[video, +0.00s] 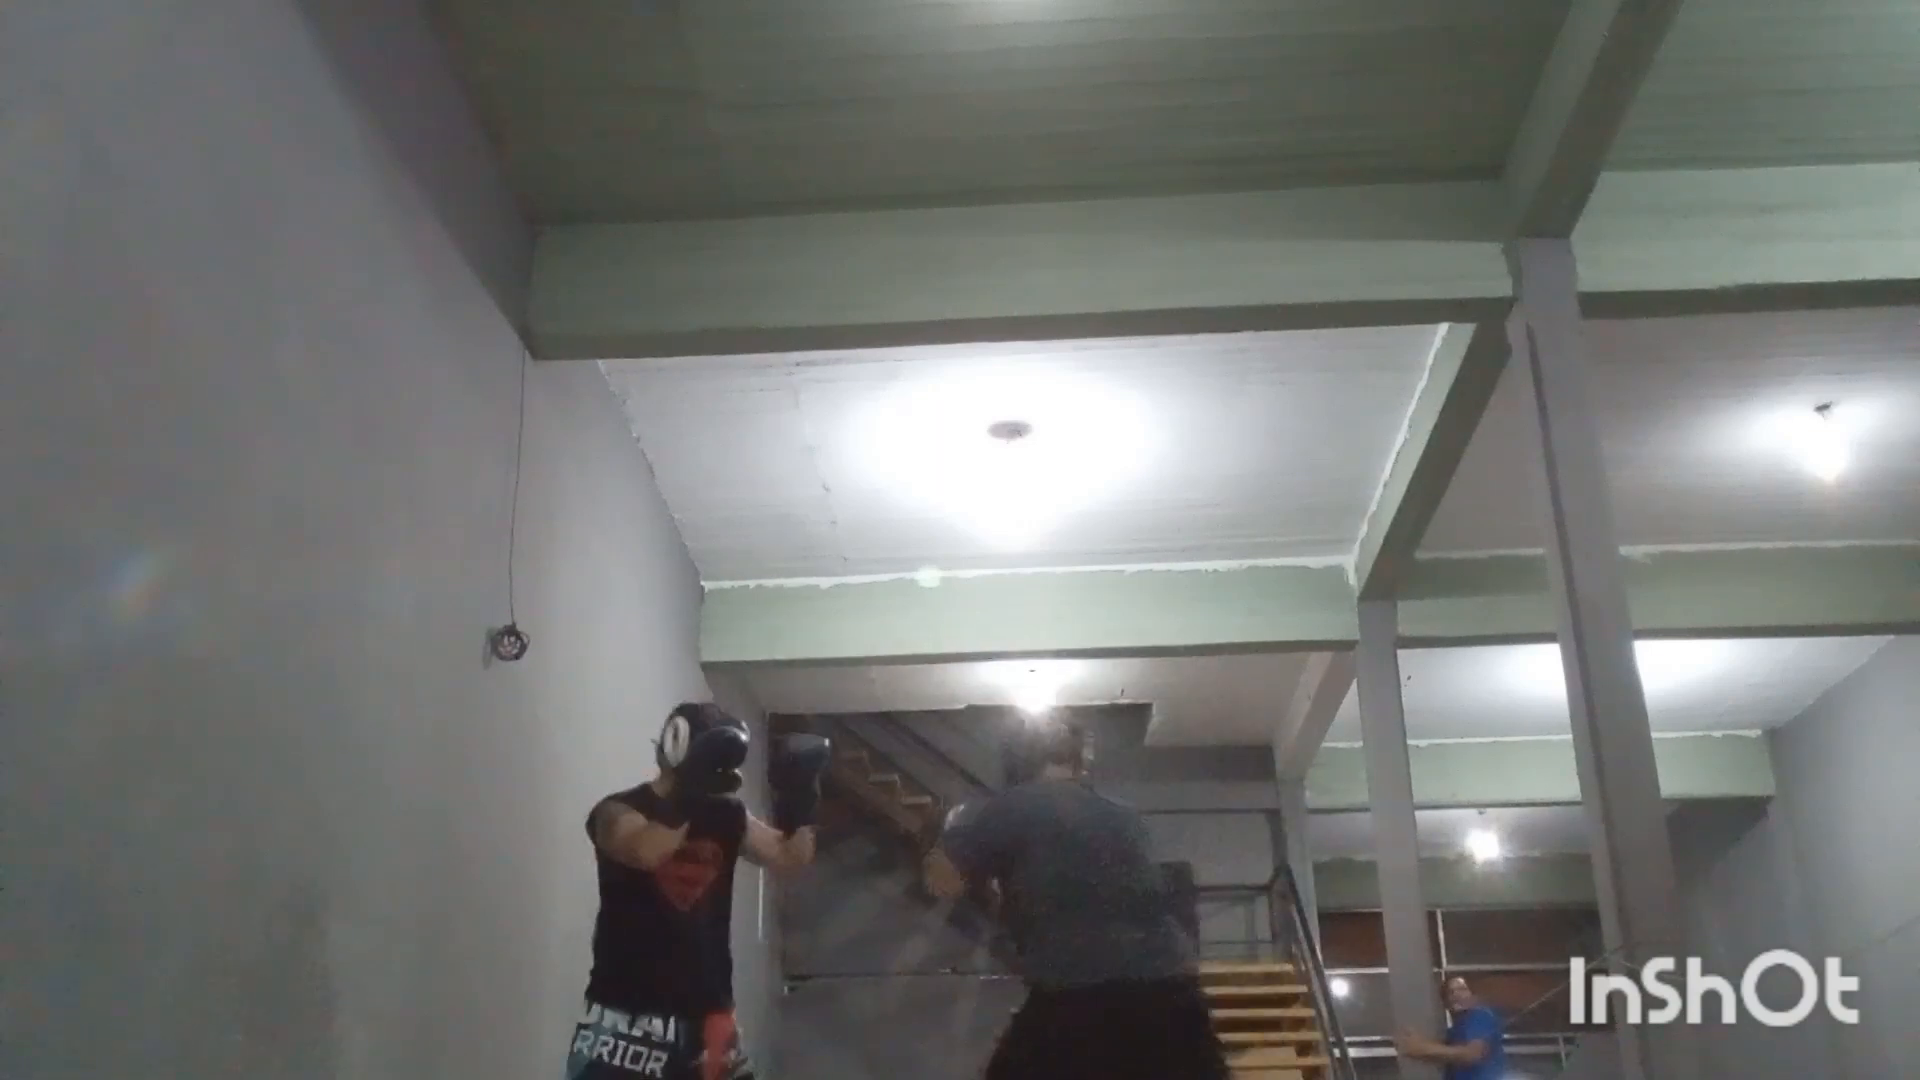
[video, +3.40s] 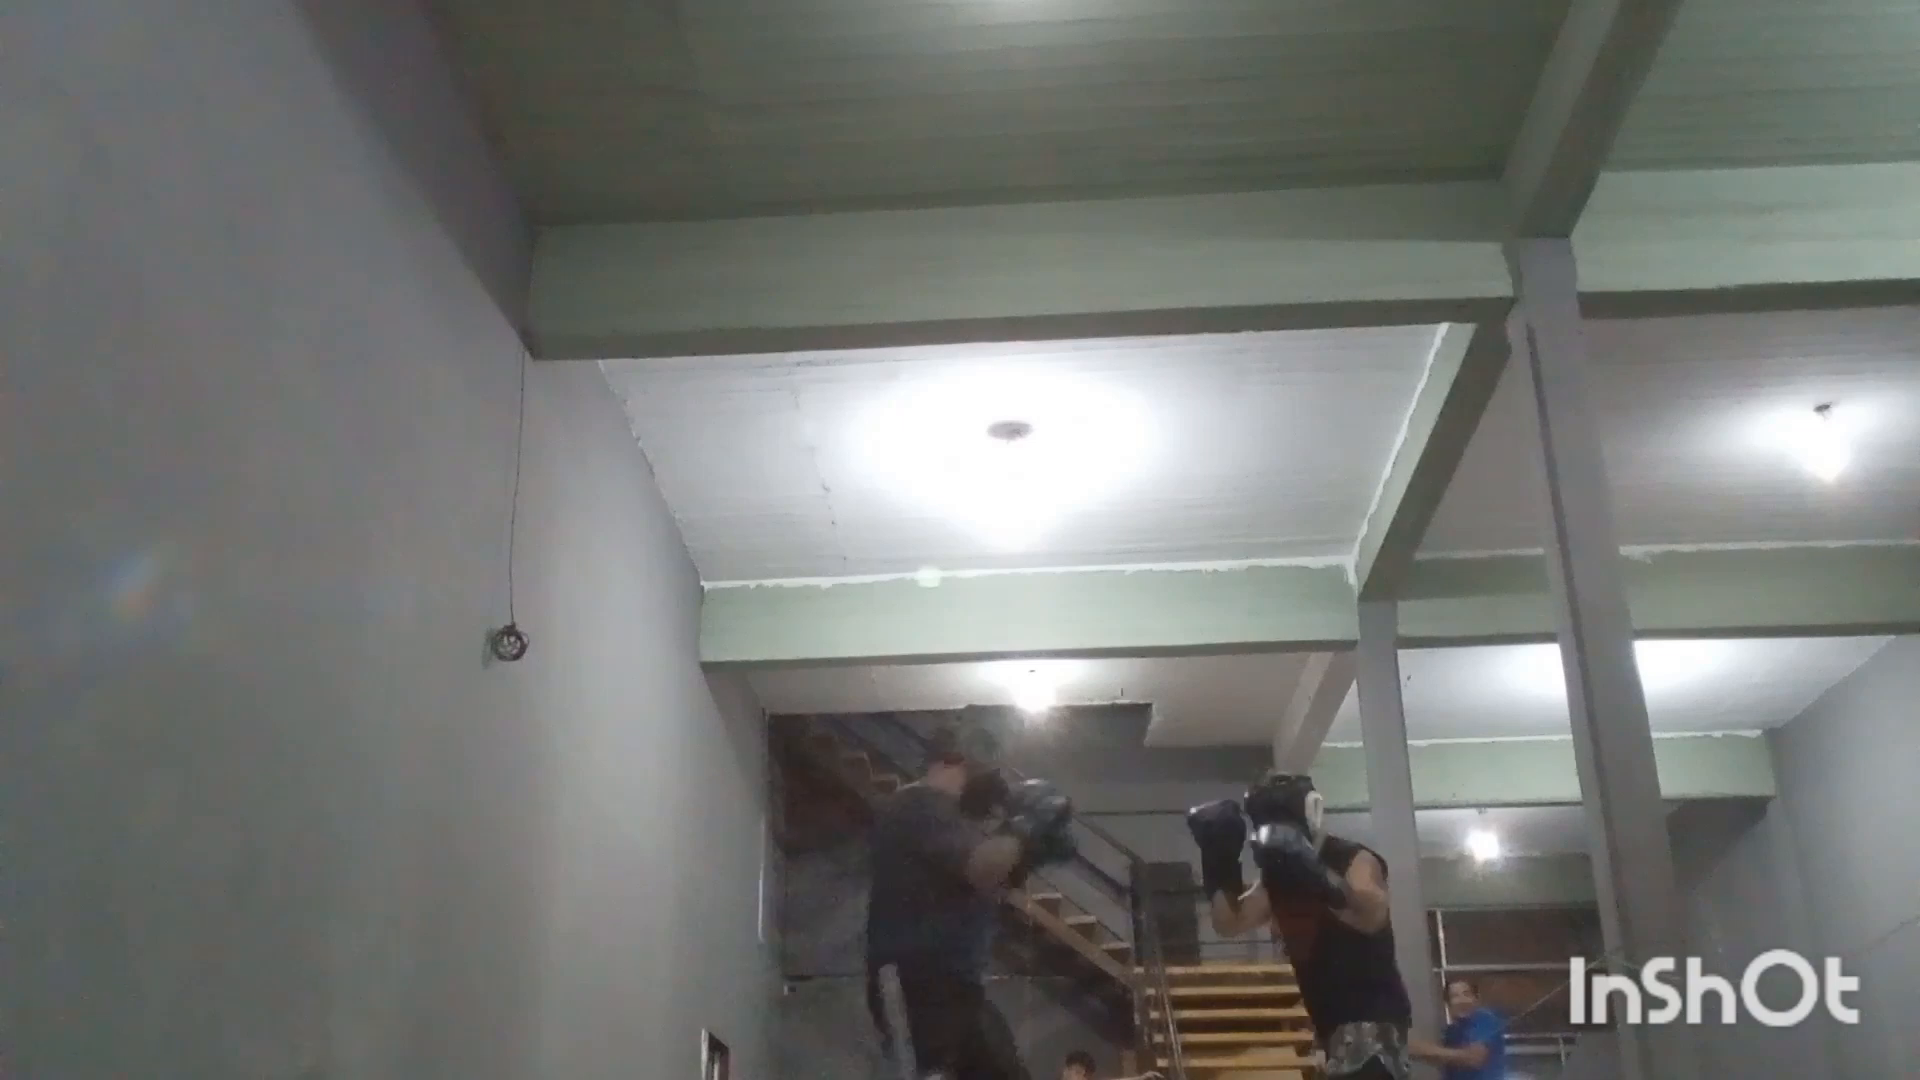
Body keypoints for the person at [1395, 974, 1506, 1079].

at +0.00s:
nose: (1457, 995)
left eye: (1462, 990)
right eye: (1452, 992)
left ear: (1470, 993)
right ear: (1445, 999)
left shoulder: (1480, 1016)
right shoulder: (1455, 1027)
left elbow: (1475, 1053)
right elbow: (1452, 1053)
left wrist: (1425, 1049)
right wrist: (1419, 1046)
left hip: (1483, 1075)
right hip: (1460, 1075)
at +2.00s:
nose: (1458, 996)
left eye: (1462, 991)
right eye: (1452, 993)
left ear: (1470, 993)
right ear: (1446, 1000)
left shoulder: (1481, 1015)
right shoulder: (1457, 1023)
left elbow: (1477, 1053)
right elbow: (1450, 1054)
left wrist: (1425, 1049)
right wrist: (1420, 1045)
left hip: (1483, 1076)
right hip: (1460, 1076)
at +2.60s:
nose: (1458, 1007)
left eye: (1464, 1003)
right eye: (1454, 1001)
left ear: (1474, 1004)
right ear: (1449, 1002)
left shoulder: (1482, 1018)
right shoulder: (1457, 1028)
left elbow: (1477, 1052)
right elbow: (1445, 1054)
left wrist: (1426, 1049)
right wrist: (1418, 1048)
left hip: (1484, 1076)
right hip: (1461, 1076)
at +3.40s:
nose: (1461, 1000)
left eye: (1466, 995)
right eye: (1455, 996)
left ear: (1475, 998)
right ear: (1448, 1002)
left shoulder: (1484, 1020)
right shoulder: (1452, 1030)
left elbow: (1476, 1058)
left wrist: (1431, 1051)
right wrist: (1423, 1053)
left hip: (1485, 1076)